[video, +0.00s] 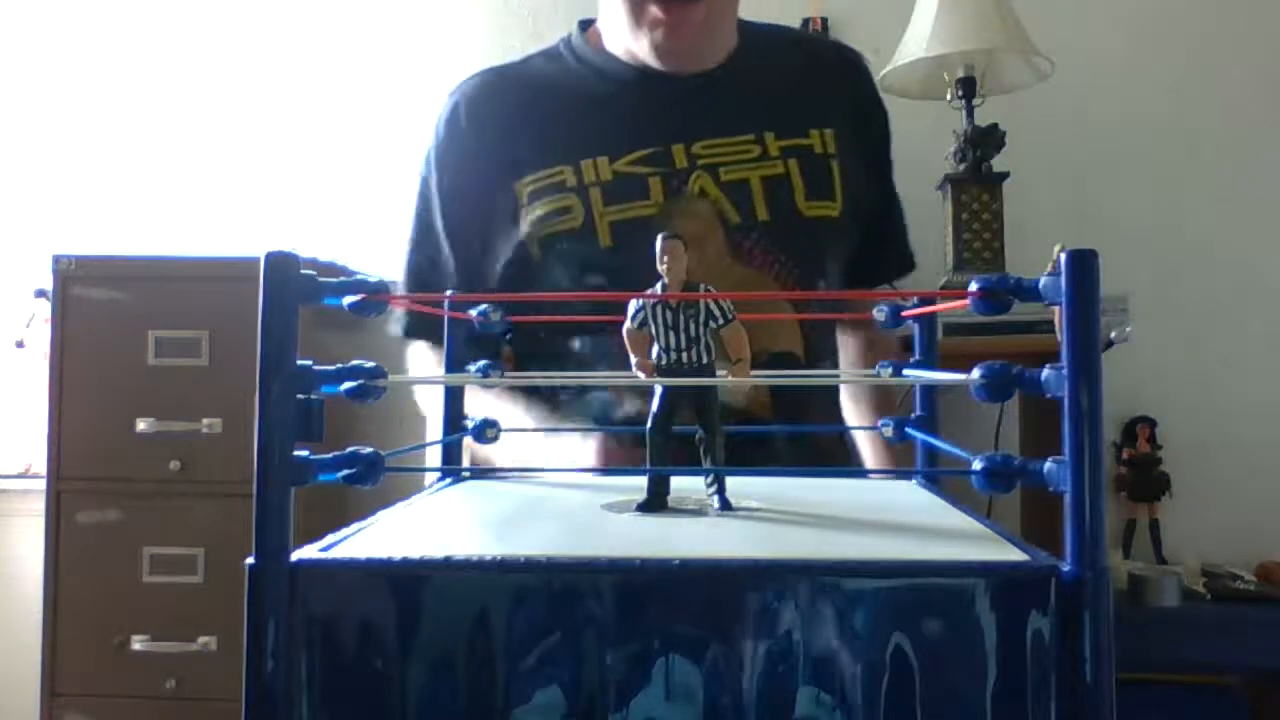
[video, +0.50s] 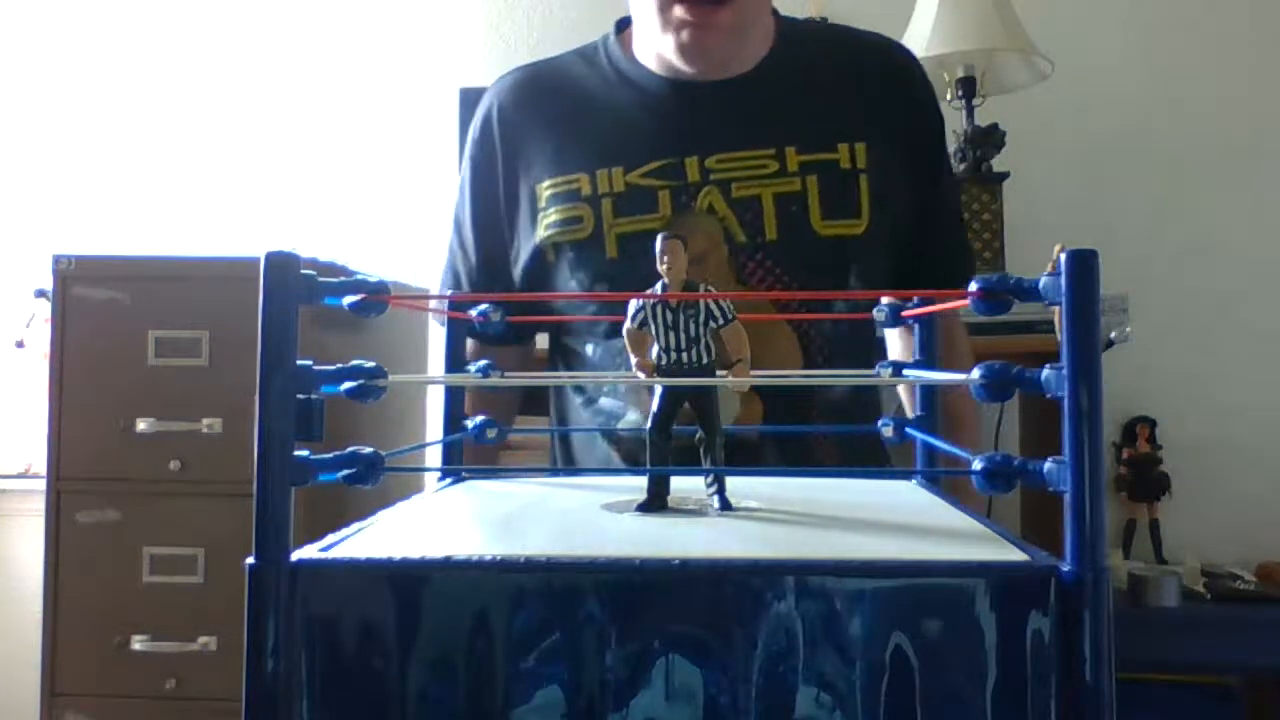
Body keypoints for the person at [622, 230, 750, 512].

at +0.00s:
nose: (666, 262)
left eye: (672, 257)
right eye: (661, 257)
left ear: (686, 259)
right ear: (657, 262)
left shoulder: (705, 296)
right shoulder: (645, 303)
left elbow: (732, 329)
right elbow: (633, 335)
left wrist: (741, 361)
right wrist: (638, 360)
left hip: (701, 371)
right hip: (666, 373)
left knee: (710, 431)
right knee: (655, 429)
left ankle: (718, 492)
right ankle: (656, 494)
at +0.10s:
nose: (666, 261)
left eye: (672, 255)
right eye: (661, 256)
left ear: (687, 260)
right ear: (656, 262)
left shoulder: (706, 296)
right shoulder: (646, 303)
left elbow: (732, 329)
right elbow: (634, 336)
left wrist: (741, 362)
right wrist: (638, 360)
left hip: (702, 373)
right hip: (667, 375)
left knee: (711, 432)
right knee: (655, 430)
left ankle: (718, 492)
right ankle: (657, 494)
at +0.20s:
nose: (667, 262)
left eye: (672, 256)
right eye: (662, 257)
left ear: (687, 260)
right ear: (657, 263)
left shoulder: (706, 296)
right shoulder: (646, 302)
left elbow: (731, 328)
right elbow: (633, 334)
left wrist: (741, 361)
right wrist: (638, 359)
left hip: (702, 373)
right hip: (667, 375)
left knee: (711, 432)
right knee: (655, 430)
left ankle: (718, 492)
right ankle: (657, 494)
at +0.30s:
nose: (667, 261)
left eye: (672, 255)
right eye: (662, 256)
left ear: (686, 259)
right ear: (657, 263)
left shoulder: (706, 296)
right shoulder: (646, 302)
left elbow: (731, 328)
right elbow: (631, 332)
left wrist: (741, 361)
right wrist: (638, 358)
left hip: (702, 373)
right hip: (667, 375)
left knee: (711, 432)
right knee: (655, 430)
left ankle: (718, 493)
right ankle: (656, 495)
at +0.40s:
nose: (666, 260)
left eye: (672, 255)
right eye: (662, 256)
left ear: (685, 258)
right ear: (657, 262)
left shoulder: (706, 296)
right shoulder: (646, 302)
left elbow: (731, 329)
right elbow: (632, 332)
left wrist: (741, 361)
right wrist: (637, 358)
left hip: (702, 373)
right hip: (667, 375)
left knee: (711, 432)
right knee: (656, 430)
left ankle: (718, 493)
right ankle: (657, 495)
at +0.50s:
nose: (667, 261)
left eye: (672, 255)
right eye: (662, 256)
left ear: (686, 258)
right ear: (657, 263)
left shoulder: (706, 296)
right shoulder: (646, 302)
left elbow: (732, 329)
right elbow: (632, 332)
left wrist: (742, 361)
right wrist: (637, 358)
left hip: (702, 373)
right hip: (667, 375)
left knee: (711, 432)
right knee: (656, 430)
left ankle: (718, 493)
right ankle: (657, 495)